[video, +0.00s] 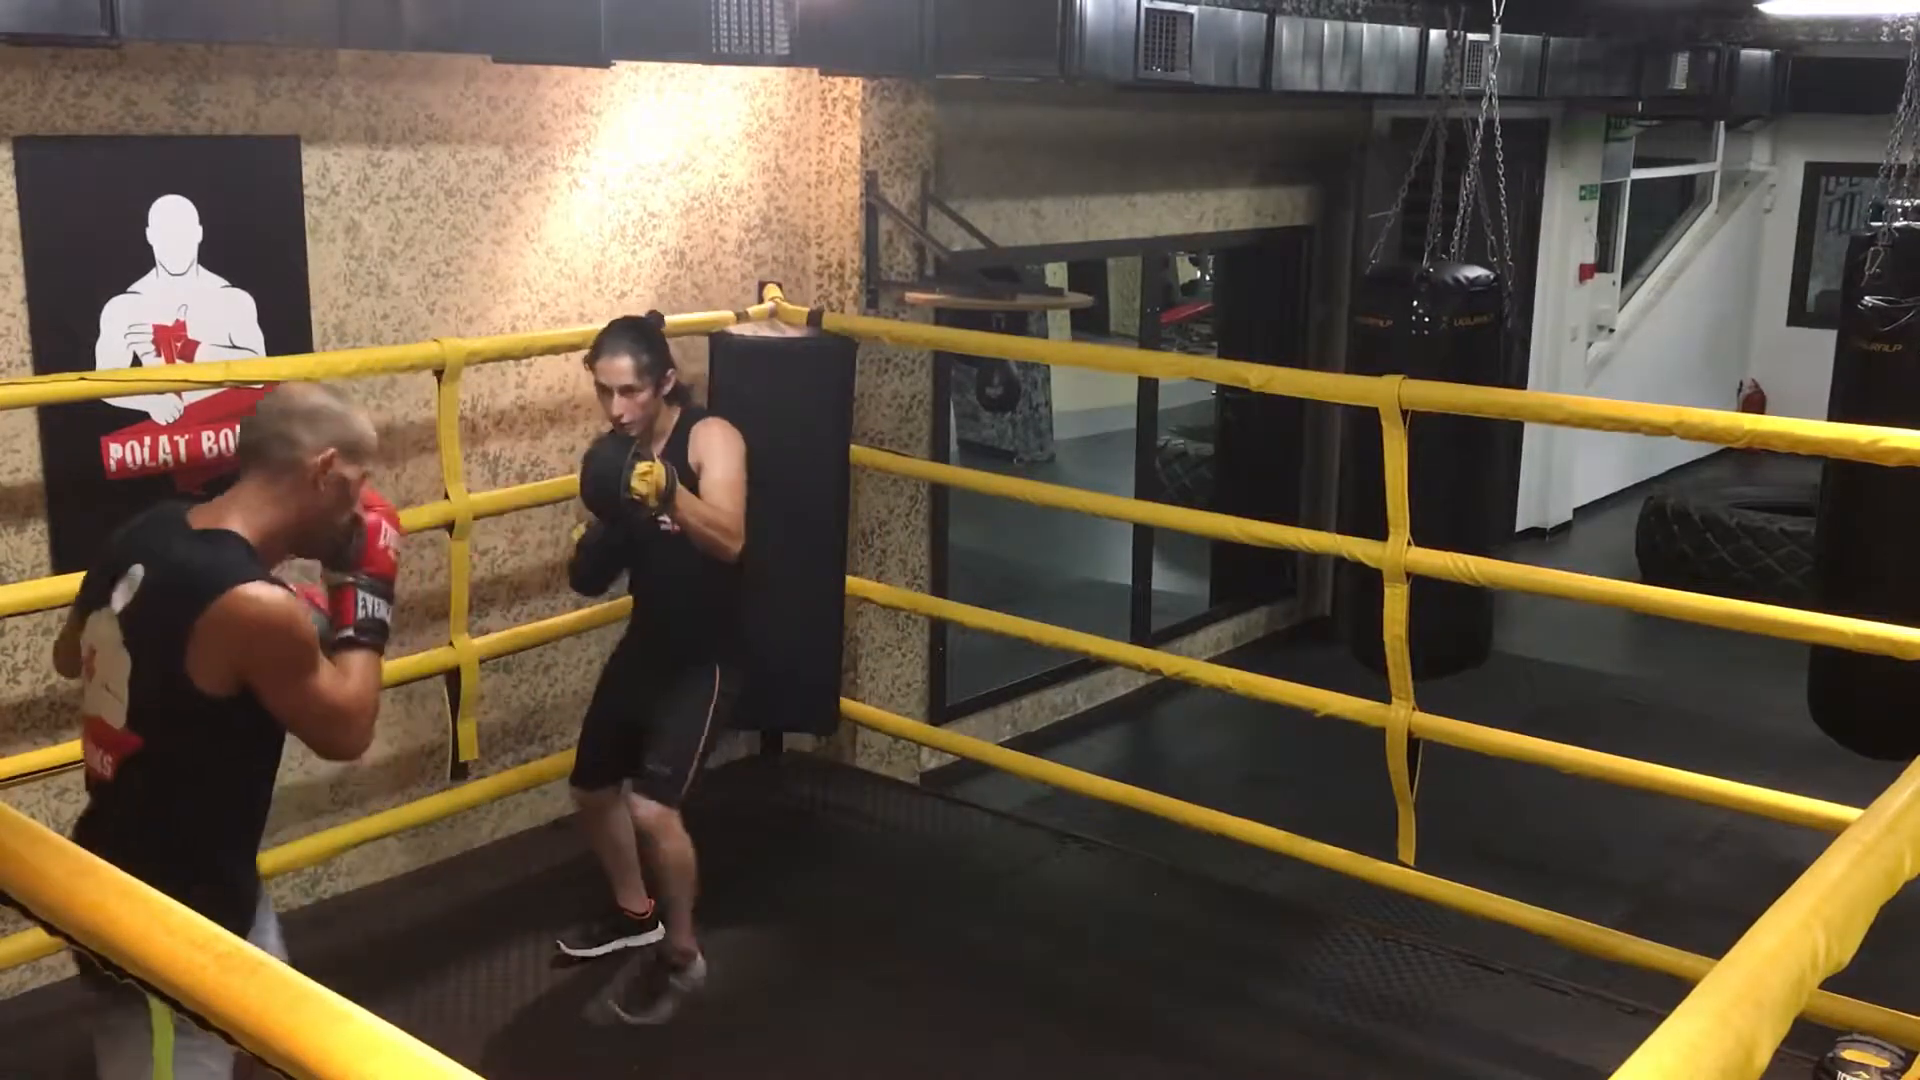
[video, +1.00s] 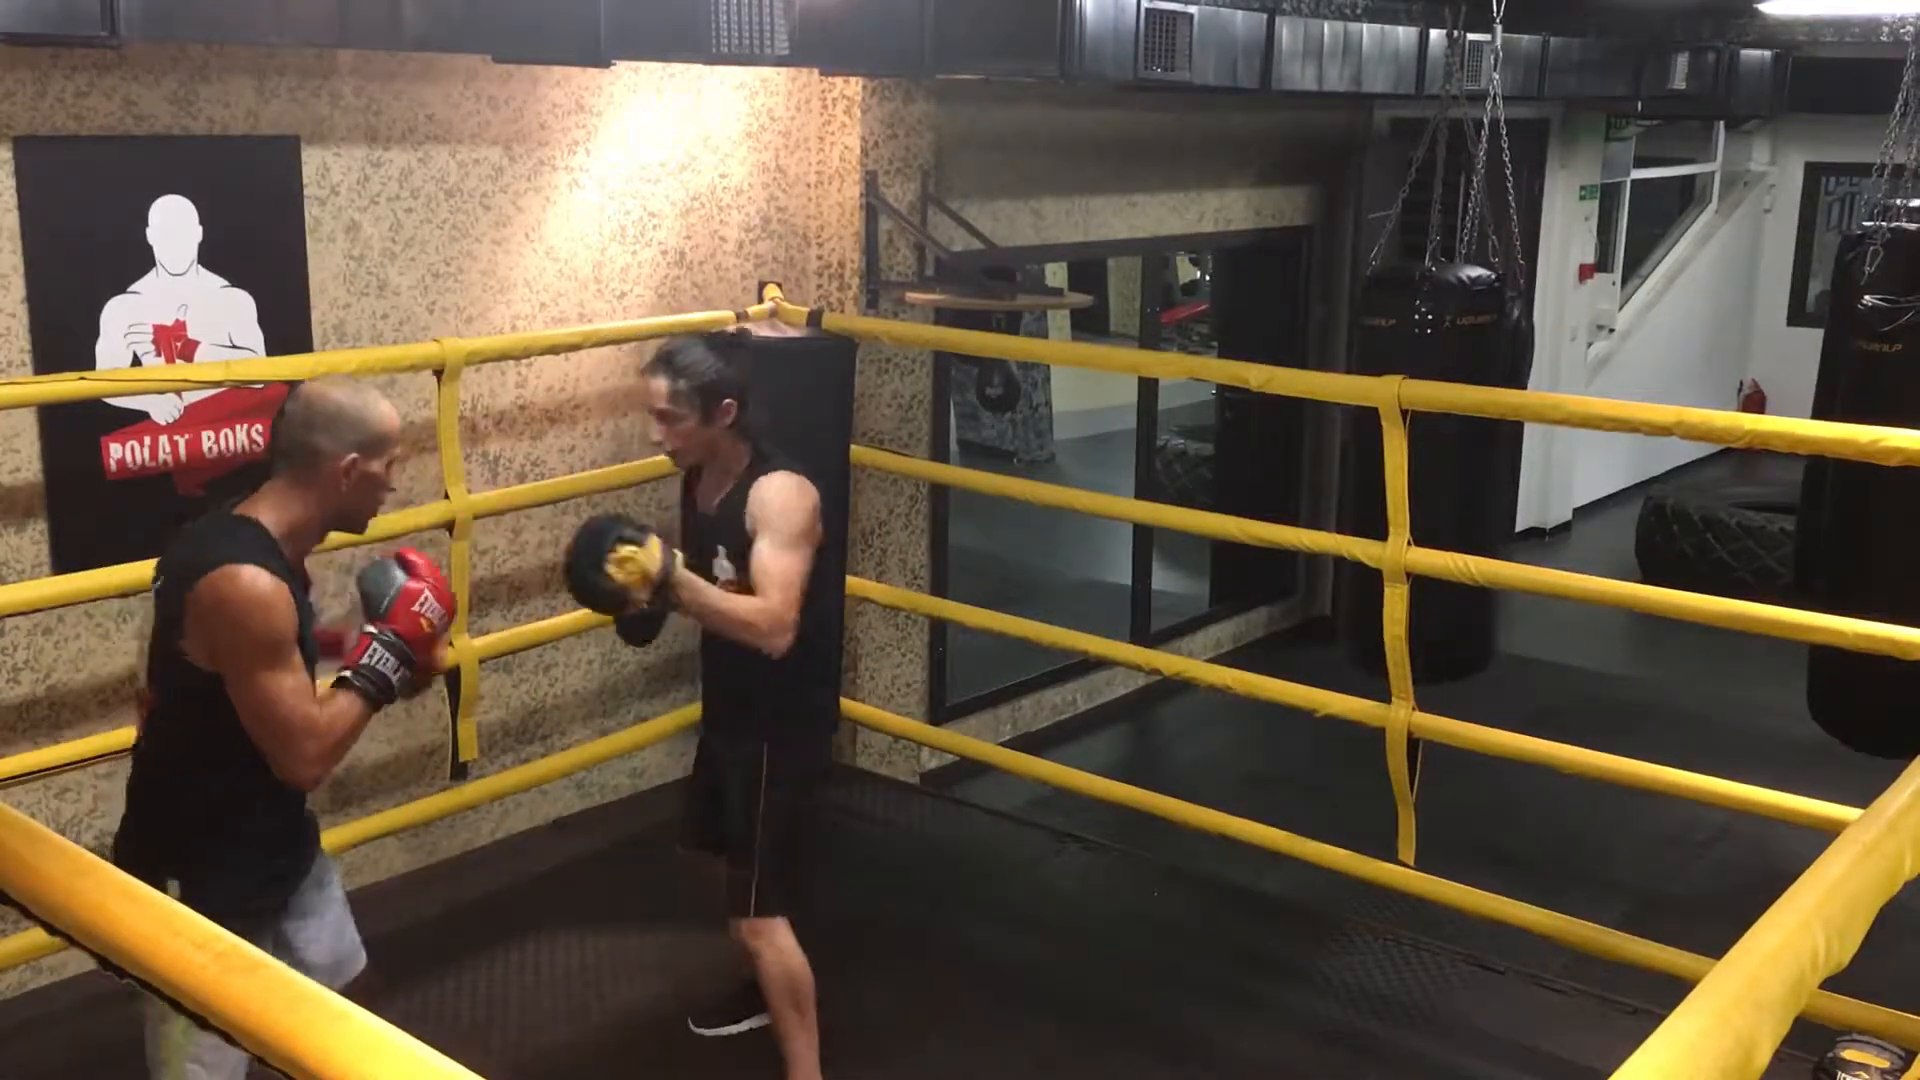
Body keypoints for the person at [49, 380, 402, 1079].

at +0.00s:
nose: (360, 507)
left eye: (363, 487)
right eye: (359, 485)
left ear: (250, 459)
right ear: (323, 472)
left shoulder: (146, 535)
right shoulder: (259, 611)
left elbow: (73, 656)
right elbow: (347, 732)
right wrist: (368, 590)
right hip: (185, 931)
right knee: (184, 1065)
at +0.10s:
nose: (340, 506)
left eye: (342, 488)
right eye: (339, 486)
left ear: (229, 466)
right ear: (310, 481)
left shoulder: (121, 555)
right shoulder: (258, 619)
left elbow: (77, 687)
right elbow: (339, 749)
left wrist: (275, 599)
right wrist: (355, 608)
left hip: (95, 919)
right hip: (190, 945)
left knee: (107, 1065)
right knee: (194, 1065)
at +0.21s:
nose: (318, 511)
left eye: (325, 492)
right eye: (323, 491)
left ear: (197, 477)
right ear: (302, 490)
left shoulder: (100, 573)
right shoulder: (244, 625)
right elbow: (302, 787)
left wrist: (251, 617)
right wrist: (349, 662)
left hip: (85, 920)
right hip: (180, 943)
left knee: (106, 1064)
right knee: (198, 1065)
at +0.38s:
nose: (315, 510)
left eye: (322, 493)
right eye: (320, 492)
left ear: (191, 476)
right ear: (294, 489)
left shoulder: (97, 569)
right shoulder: (234, 619)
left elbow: (53, 709)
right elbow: (309, 769)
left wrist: (249, 621)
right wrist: (353, 632)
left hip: (93, 925)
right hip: (187, 950)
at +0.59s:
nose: (346, 518)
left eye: (349, 500)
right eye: (346, 501)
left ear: (235, 486)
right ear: (313, 506)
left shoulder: (150, 571)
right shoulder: (228, 641)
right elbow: (326, 779)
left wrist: (280, 640)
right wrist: (377, 658)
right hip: (179, 942)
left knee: (332, 1055)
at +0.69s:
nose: (383, 509)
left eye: (384, 491)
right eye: (380, 492)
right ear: (342, 501)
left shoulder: (266, 572)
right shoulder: (214, 614)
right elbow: (289, 782)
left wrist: (366, 557)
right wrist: (375, 670)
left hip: (281, 880)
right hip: (194, 917)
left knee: (340, 1042)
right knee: (200, 1069)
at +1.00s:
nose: (392, 484)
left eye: (395, 467)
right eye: (389, 466)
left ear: (327, 463)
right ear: (343, 470)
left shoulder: (247, 540)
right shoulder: (242, 581)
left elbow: (187, 689)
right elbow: (306, 757)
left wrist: (347, 657)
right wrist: (391, 657)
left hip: (279, 853)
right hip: (205, 887)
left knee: (332, 992)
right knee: (208, 1063)